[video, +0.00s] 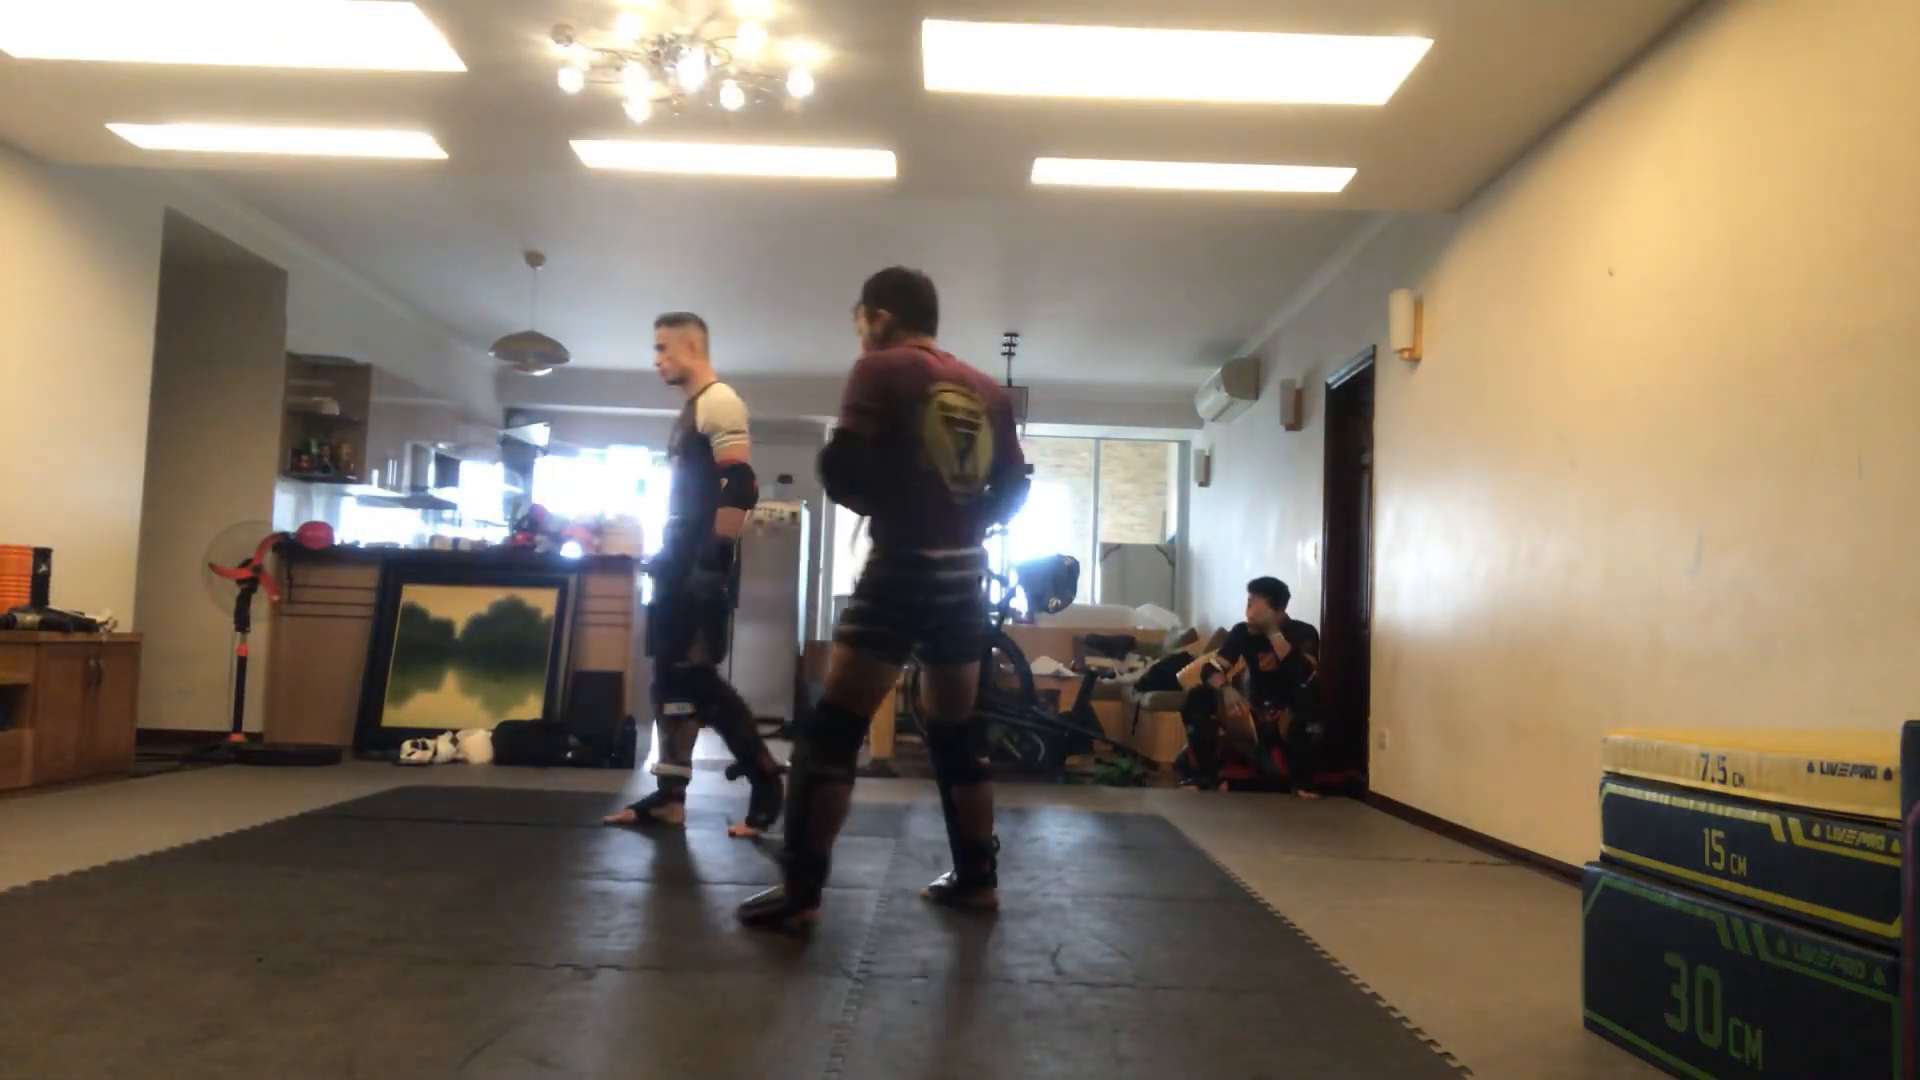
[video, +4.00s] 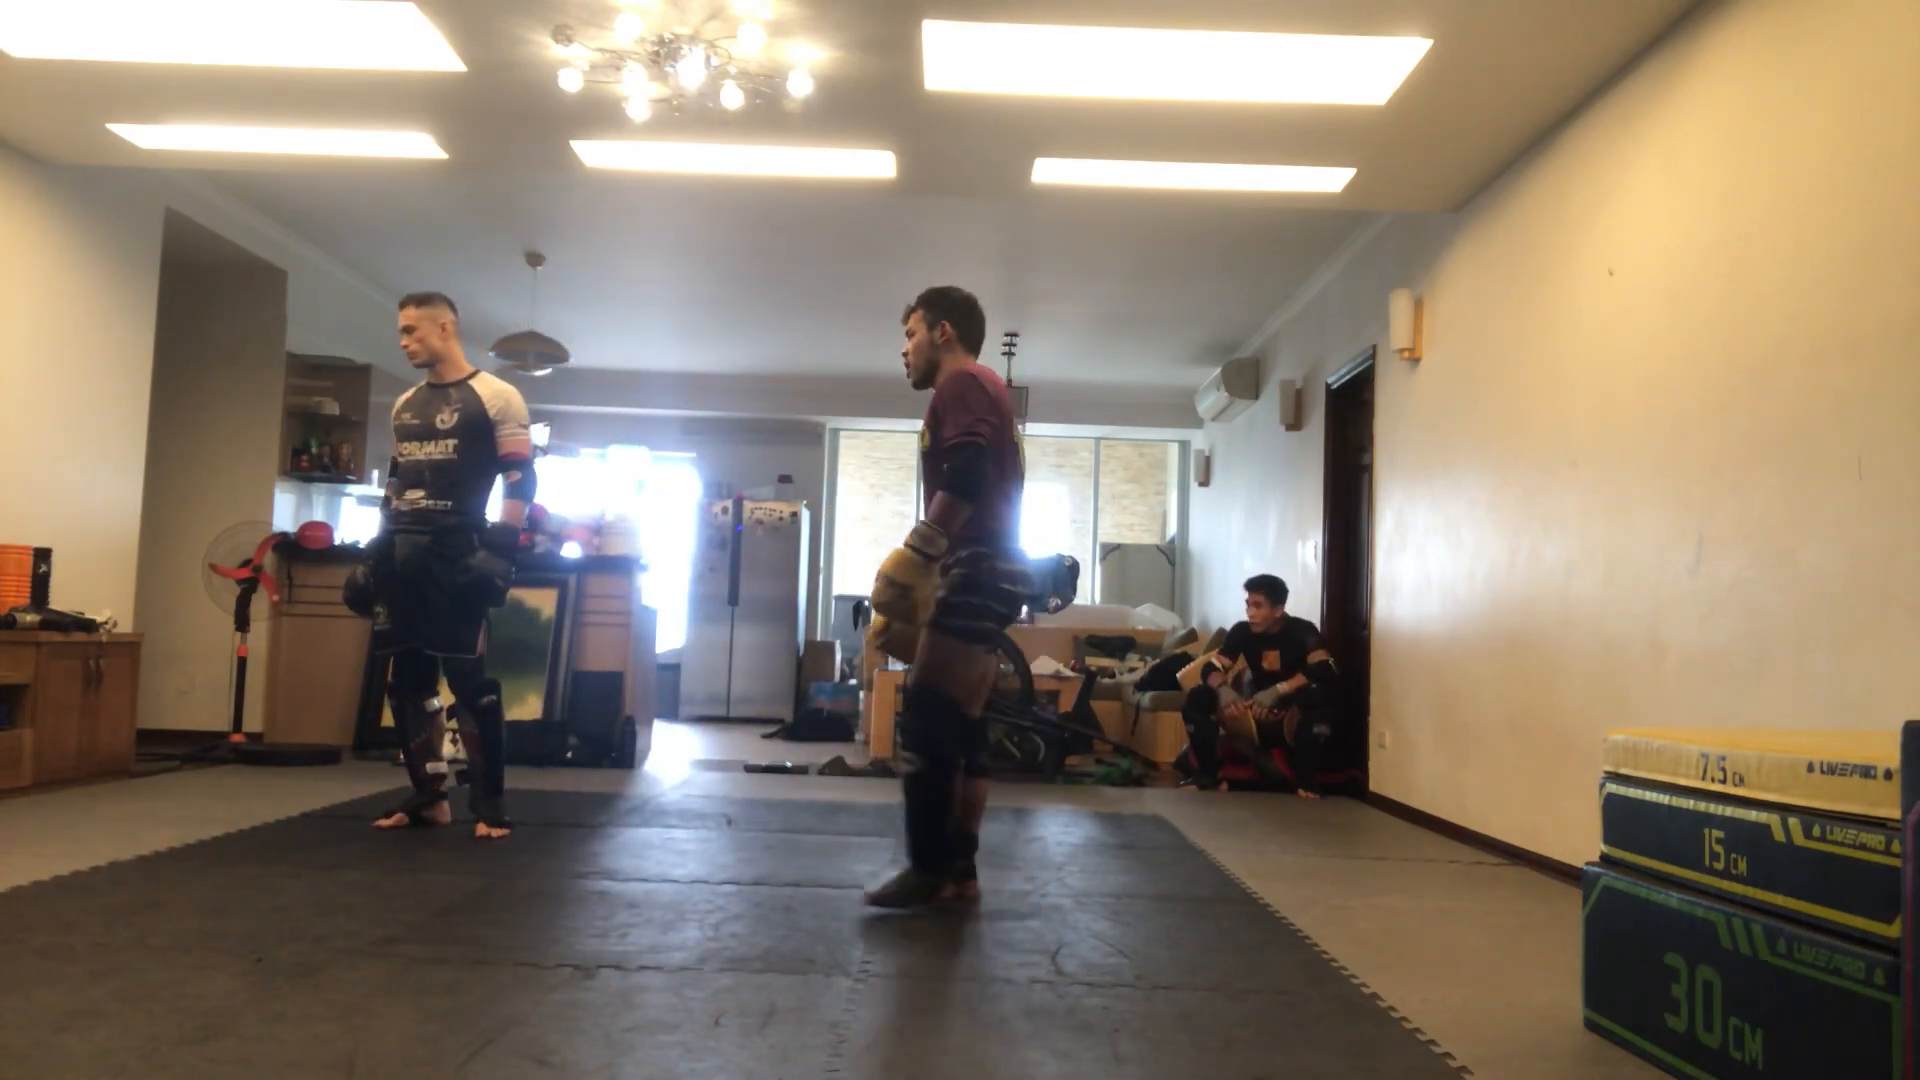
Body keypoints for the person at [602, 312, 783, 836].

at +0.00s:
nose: (658, 359)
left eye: (665, 349)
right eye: (657, 350)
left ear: (695, 349)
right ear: (683, 352)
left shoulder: (719, 402)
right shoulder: (693, 409)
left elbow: (738, 486)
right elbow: (691, 495)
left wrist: (714, 561)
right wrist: (670, 555)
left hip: (704, 563)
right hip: (680, 560)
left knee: (694, 674)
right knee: (673, 676)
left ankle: (766, 777)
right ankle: (669, 793)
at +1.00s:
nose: (523, 333)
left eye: (531, 323)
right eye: (523, 324)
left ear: (566, 326)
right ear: (555, 329)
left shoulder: (584, 391)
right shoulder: (553, 391)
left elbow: (570, 492)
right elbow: (541, 484)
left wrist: (520, 552)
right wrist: (517, 545)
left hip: (559, 556)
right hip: (535, 553)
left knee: (547, 681)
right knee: (484, 662)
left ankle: (526, 813)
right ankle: (554, 759)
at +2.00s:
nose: (428, 334)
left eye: (437, 324)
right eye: (427, 326)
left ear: (473, 325)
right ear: (445, 332)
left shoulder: (517, 396)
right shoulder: (423, 399)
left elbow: (536, 485)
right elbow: (406, 481)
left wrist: (520, 554)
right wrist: (373, 544)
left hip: (468, 553)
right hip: (412, 551)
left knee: (468, 679)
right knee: (414, 677)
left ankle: (488, 807)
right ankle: (430, 799)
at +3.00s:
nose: (410, 340)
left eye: (417, 329)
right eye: (409, 330)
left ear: (452, 328)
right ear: (438, 331)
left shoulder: (501, 395)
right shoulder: (414, 404)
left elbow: (519, 485)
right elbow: (408, 492)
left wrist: (495, 552)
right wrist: (381, 559)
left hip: (463, 555)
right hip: (409, 554)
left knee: (467, 676)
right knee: (409, 679)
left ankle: (490, 805)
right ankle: (429, 798)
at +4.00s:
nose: (404, 342)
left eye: (411, 331)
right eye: (401, 333)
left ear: (446, 327)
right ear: (427, 332)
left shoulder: (497, 396)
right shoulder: (406, 404)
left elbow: (518, 485)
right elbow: (399, 489)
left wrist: (499, 552)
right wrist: (376, 555)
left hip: (460, 555)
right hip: (405, 555)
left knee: (467, 679)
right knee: (408, 681)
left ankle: (490, 805)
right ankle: (430, 799)